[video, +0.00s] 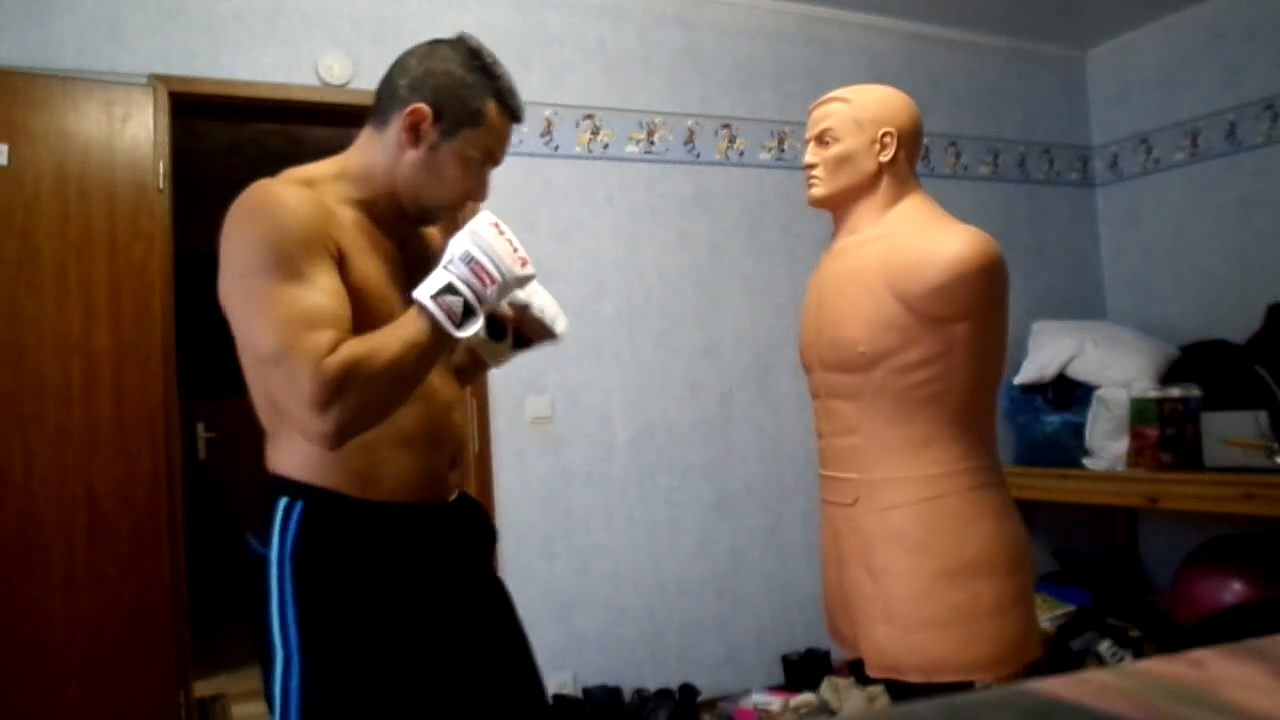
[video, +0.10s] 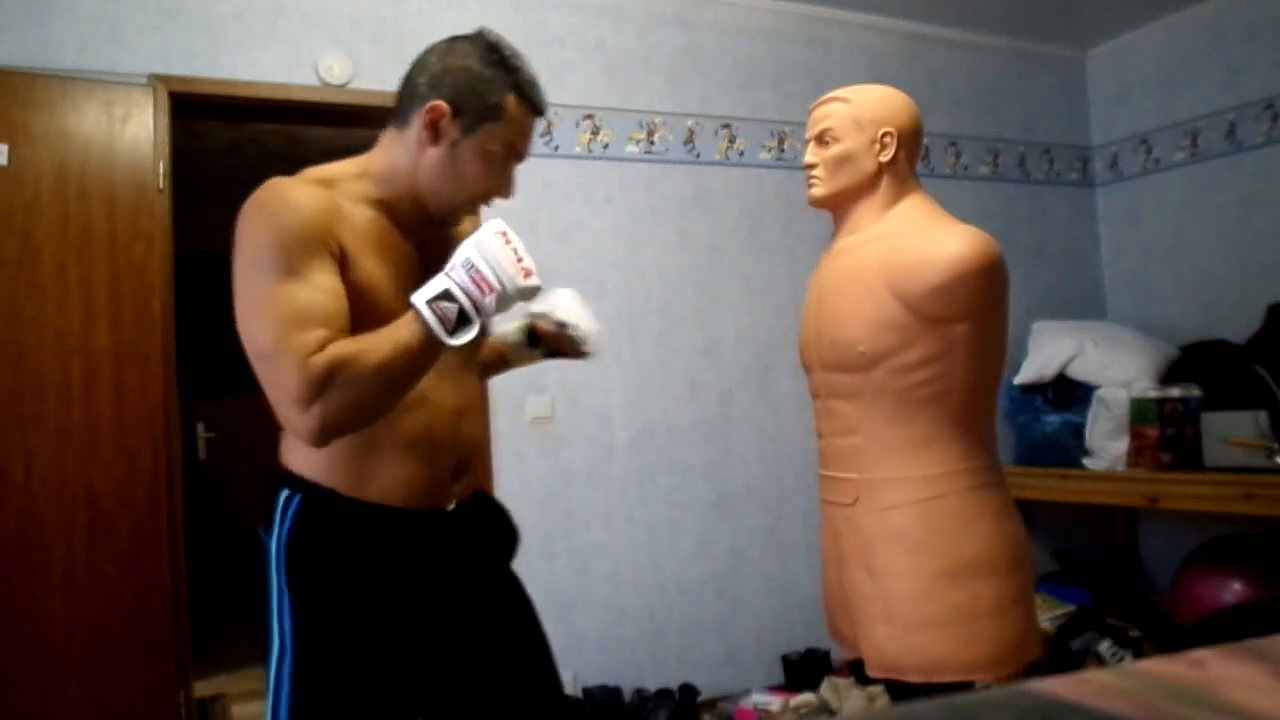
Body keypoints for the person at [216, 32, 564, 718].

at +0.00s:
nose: (482, 192)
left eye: (491, 168)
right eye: (481, 162)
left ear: (414, 130)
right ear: (416, 128)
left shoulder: (431, 231)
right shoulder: (277, 212)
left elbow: (438, 380)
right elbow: (322, 404)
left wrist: (496, 340)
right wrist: (451, 300)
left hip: (448, 542)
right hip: (339, 554)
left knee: (509, 711)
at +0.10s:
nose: (507, 188)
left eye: (516, 162)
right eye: (504, 156)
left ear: (434, 129)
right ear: (436, 126)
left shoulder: (459, 226)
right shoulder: (290, 211)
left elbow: (440, 373)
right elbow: (314, 403)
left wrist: (524, 343)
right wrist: (452, 300)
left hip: (464, 553)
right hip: (344, 561)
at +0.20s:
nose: (545, 195)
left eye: (552, 170)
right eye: (538, 166)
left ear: (469, 139)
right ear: (468, 136)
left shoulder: (508, 239)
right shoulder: (317, 219)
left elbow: (564, 320)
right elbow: (289, 407)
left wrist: (661, 328)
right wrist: (438, 327)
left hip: (473, 554)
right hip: (350, 559)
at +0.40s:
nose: (614, 220)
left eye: (622, 197)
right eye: (613, 191)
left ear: (557, 166)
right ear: (560, 164)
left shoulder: (526, 262)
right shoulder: (460, 222)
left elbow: (563, 388)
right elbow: (411, 373)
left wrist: (670, 372)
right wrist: (559, 348)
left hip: (491, 538)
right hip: (423, 532)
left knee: (545, 704)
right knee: (400, 709)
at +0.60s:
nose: (608, 218)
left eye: (617, 198)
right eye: (610, 192)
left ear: (557, 158)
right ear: (565, 161)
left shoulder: (463, 225)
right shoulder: (528, 221)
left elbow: (513, 382)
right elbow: (635, 371)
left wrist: (594, 361)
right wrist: (716, 373)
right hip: (472, 530)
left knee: (540, 707)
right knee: (469, 709)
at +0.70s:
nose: (602, 210)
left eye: (610, 191)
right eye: (602, 184)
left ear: (551, 155)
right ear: (555, 154)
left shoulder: (468, 213)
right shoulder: (490, 216)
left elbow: (481, 376)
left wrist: (582, 354)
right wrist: (631, 413)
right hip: (461, 523)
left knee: (531, 704)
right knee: (481, 709)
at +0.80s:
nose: (581, 201)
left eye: (589, 180)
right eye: (580, 173)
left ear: (526, 146)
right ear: (528, 143)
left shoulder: (487, 232)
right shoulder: (446, 210)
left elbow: (505, 378)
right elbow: (475, 384)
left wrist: (578, 326)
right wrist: (593, 362)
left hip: (488, 518)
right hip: (440, 520)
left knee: (538, 706)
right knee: (466, 710)